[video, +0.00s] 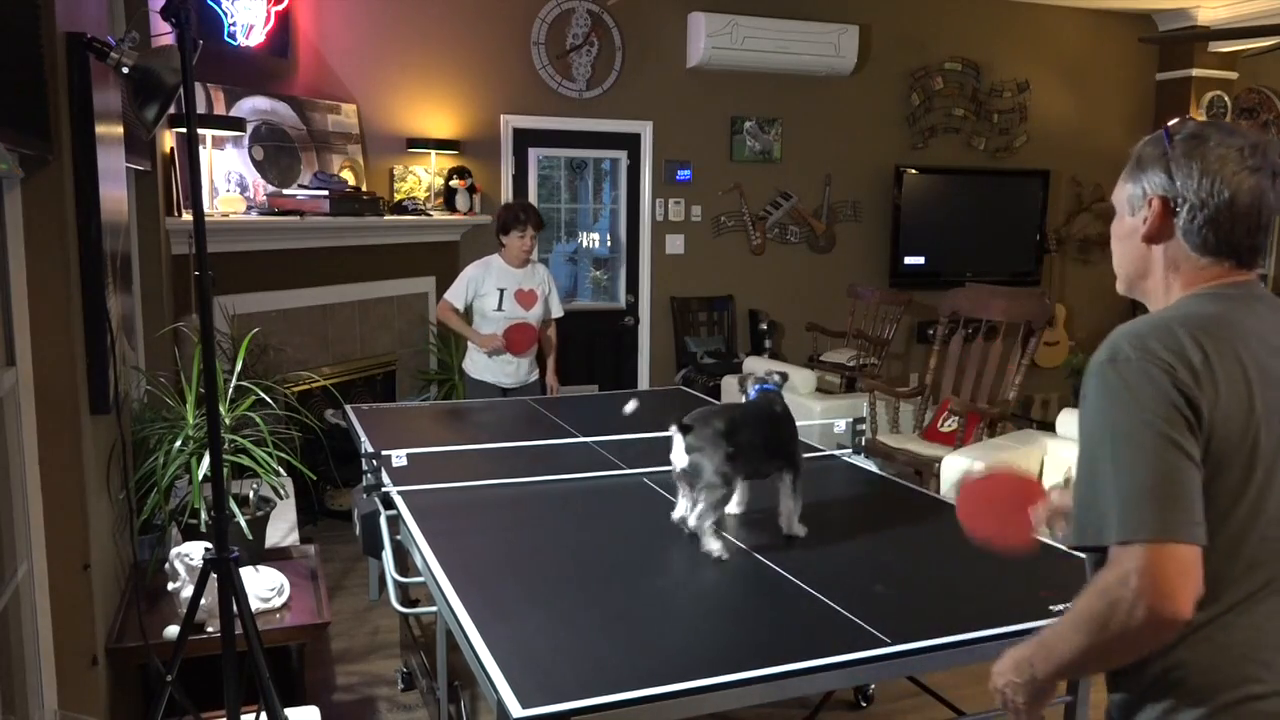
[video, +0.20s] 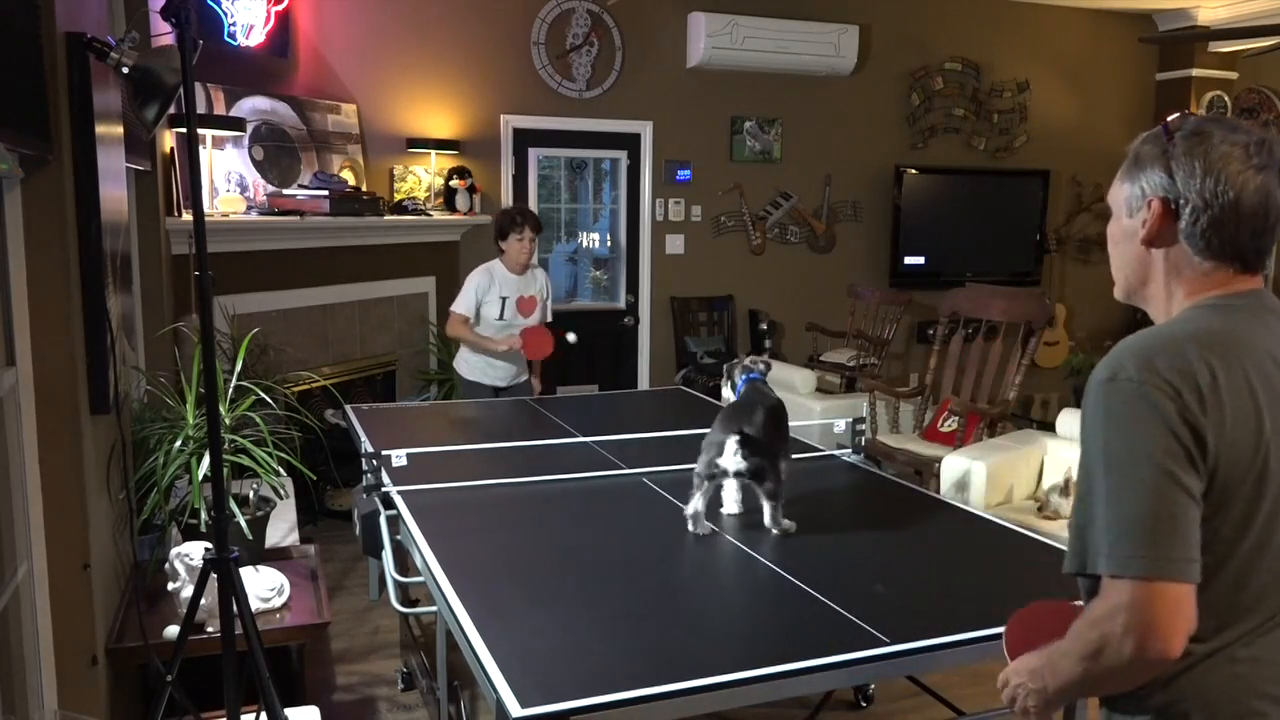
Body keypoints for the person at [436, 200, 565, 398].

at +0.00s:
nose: (529, 244)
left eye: (533, 237)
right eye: (521, 236)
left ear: (537, 237)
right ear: (503, 237)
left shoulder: (541, 274)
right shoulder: (479, 271)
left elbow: (548, 325)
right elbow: (443, 310)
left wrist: (551, 370)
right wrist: (478, 338)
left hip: (526, 379)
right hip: (484, 379)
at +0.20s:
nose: (528, 246)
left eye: (532, 240)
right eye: (520, 239)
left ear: (536, 242)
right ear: (502, 243)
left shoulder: (539, 278)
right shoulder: (482, 276)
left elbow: (539, 330)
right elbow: (454, 327)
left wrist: (535, 375)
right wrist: (494, 345)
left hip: (517, 378)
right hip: (476, 378)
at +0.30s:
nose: (528, 250)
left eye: (532, 243)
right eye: (520, 243)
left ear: (537, 245)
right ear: (502, 248)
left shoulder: (537, 281)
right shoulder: (485, 278)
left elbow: (535, 332)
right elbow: (477, 325)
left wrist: (531, 373)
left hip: (511, 374)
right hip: (473, 375)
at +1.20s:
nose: (519, 233)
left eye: (524, 227)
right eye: (511, 227)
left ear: (529, 231)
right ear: (495, 234)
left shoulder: (540, 273)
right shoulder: (477, 272)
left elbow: (547, 327)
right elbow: (457, 324)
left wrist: (549, 377)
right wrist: (494, 350)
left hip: (531, 382)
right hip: (487, 383)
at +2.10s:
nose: (518, 237)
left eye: (523, 230)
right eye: (509, 231)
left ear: (529, 234)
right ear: (496, 236)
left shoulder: (543, 275)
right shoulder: (475, 273)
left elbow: (551, 328)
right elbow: (450, 319)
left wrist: (553, 375)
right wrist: (468, 347)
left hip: (531, 382)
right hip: (487, 382)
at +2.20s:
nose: (512, 241)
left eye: (519, 234)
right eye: (505, 234)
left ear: (526, 237)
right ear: (492, 237)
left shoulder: (539, 277)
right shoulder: (471, 274)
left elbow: (549, 330)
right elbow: (439, 314)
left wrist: (550, 379)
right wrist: (450, 343)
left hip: (527, 384)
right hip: (482, 385)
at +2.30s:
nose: (506, 243)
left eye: (512, 236)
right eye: (498, 236)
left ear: (520, 239)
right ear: (485, 240)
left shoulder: (532, 279)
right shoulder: (463, 276)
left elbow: (542, 332)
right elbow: (425, 313)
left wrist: (544, 382)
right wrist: (436, 338)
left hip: (521, 389)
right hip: (474, 389)